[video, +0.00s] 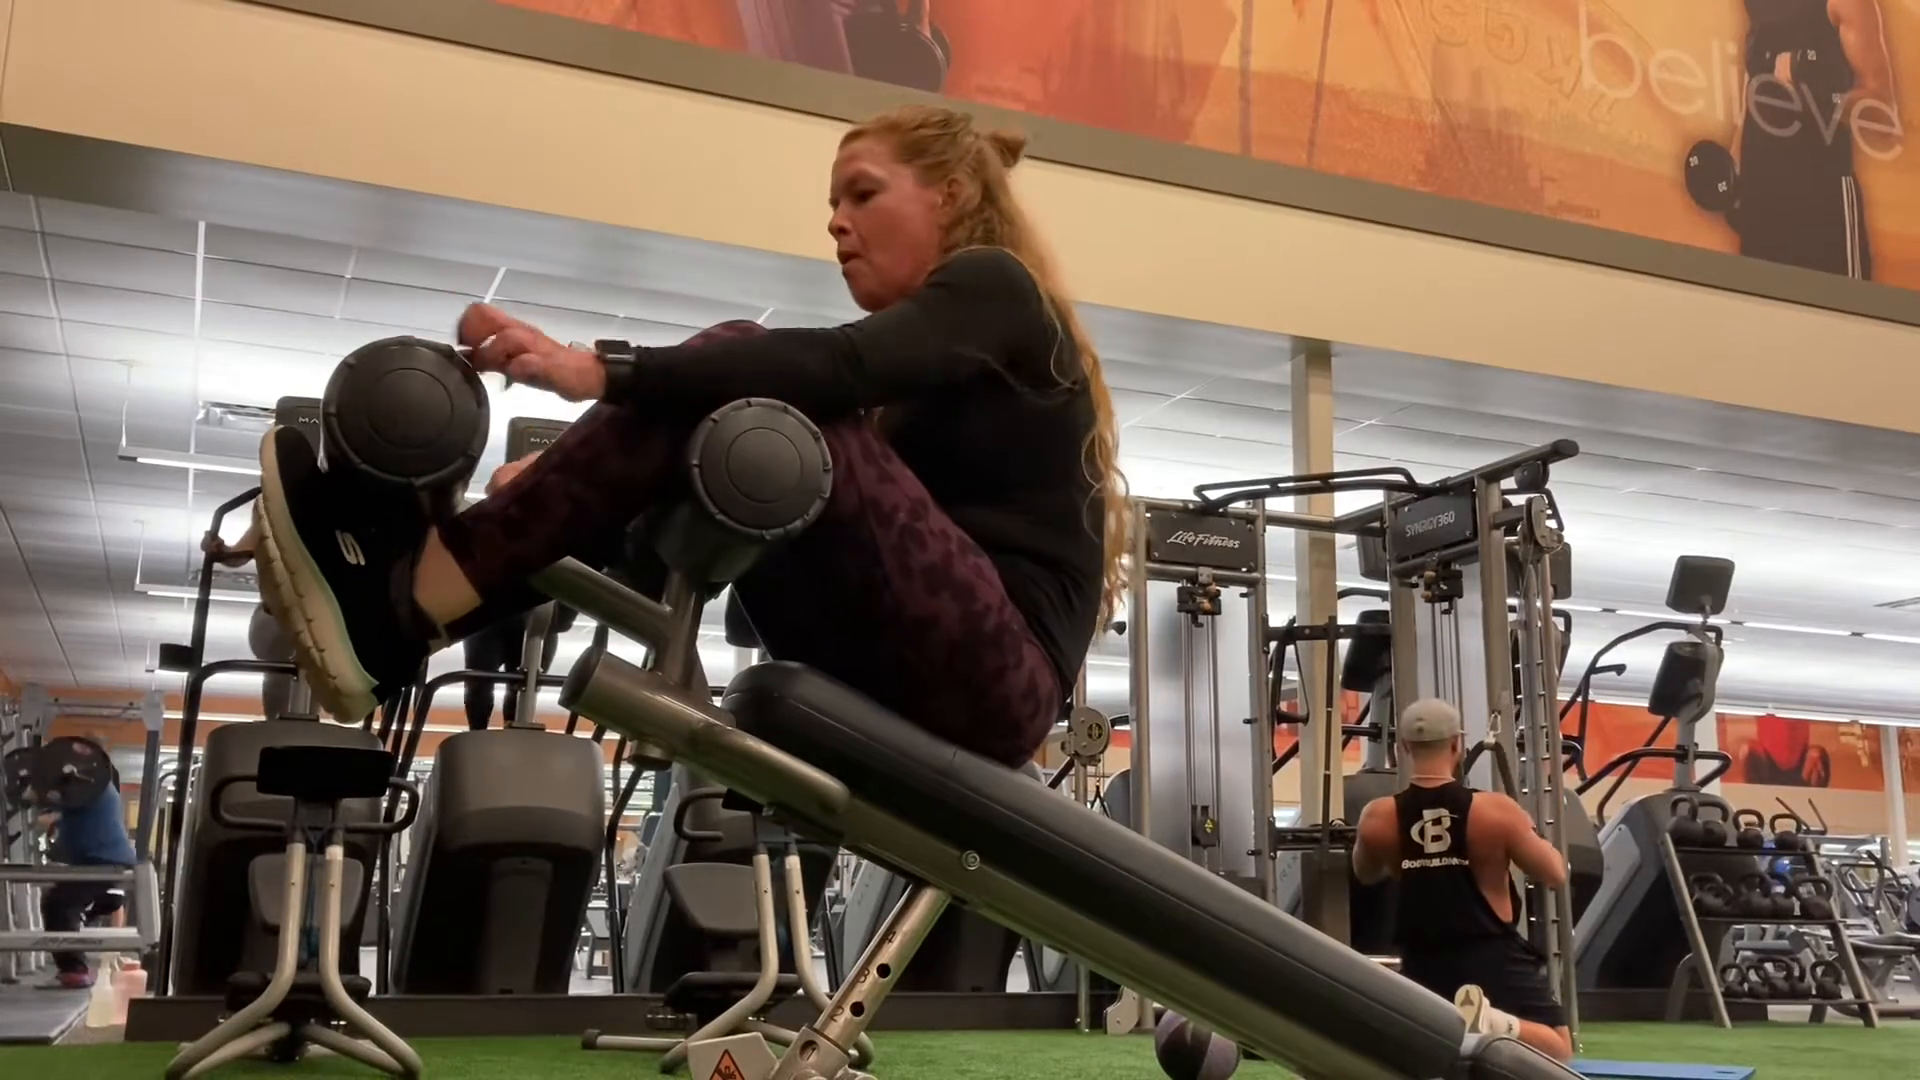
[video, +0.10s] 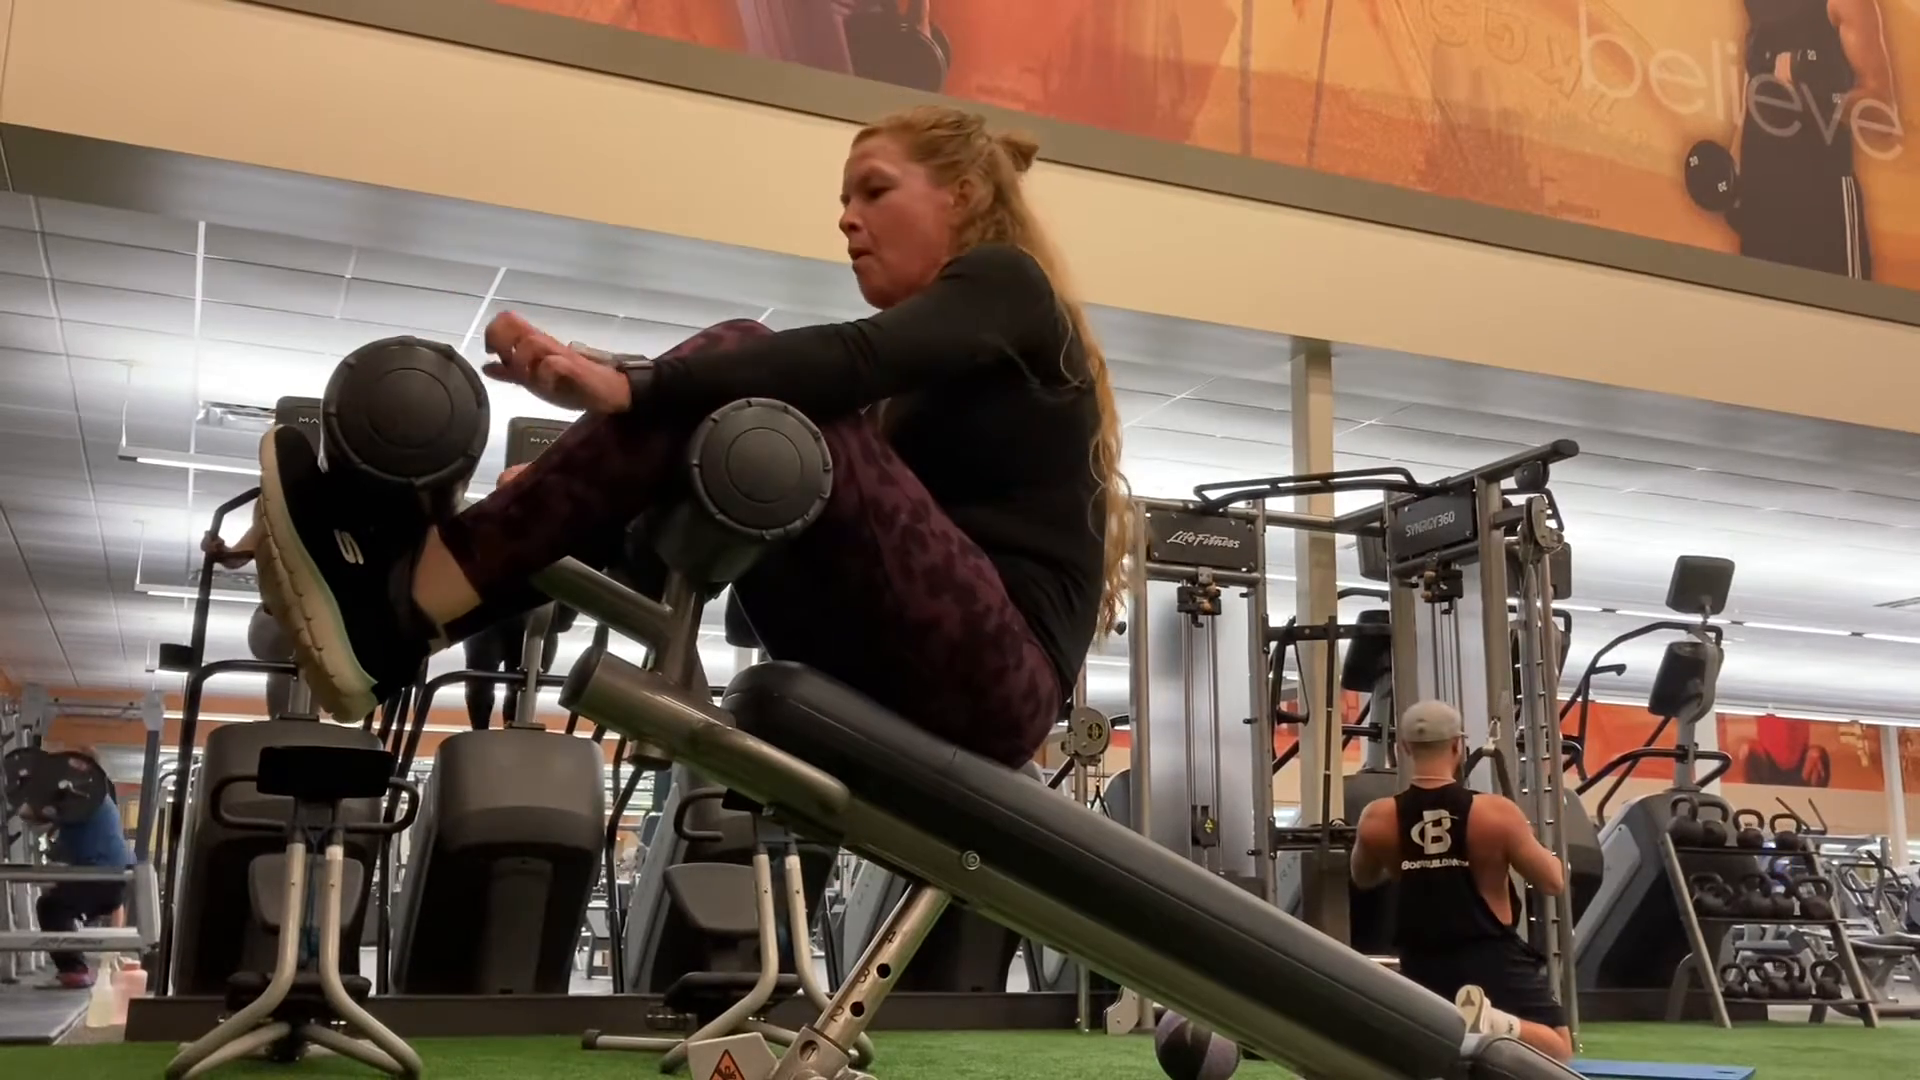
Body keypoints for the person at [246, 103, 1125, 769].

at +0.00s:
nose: (835, 223)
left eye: (862, 196)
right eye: (835, 205)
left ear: (953, 199)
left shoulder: (995, 292)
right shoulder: (897, 345)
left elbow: (827, 373)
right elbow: (765, 416)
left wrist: (592, 369)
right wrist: (554, 480)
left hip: (991, 677)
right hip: (900, 659)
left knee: (764, 359)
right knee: (731, 381)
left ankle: (422, 602)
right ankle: (411, 600)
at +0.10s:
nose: (845, 220)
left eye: (874, 192)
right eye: (847, 199)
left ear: (965, 199)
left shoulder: (1007, 289)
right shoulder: (897, 344)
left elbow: (843, 371)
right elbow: (764, 394)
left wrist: (634, 384)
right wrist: (598, 391)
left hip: (993, 676)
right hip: (886, 652)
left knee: (769, 363)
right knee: (734, 363)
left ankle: (431, 595)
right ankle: (418, 595)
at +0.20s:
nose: (855, 218)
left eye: (883, 191)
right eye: (857, 198)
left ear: (970, 198)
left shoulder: (1011, 286)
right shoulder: (909, 337)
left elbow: (855, 371)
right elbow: (776, 375)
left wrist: (648, 388)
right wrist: (603, 388)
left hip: (994, 677)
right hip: (894, 653)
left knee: (774, 373)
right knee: (738, 357)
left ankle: (429, 599)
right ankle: (422, 587)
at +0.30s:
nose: (863, 218)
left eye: (891, 191)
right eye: (864, 197)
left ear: (977, 199)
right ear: (912, 214)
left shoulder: (1012, 286)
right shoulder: (919, 334)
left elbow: (855, 371)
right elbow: (788, 371)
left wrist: (643, 390)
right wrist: (626, 385)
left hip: (993, 676)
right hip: (896, 654)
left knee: (765, 363)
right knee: (733, 359)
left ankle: (434, 592)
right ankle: (421, 591)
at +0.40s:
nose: (873, 215)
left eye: (902, 189)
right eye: (868, 199)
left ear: (986, 200)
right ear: (876, 224)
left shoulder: (1013, 285)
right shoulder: (908, 340)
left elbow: (858, 369)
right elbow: (781, 375)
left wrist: (651, 391)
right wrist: (631, 406)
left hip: (993, 677)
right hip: (882, 655)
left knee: (768, 367)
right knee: (737, 358)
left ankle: (431, 593)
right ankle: (416, 603)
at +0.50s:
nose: (880, 212)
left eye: (911, 186)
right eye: (871, 198)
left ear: (989, 204)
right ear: (870, 228)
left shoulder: (1010, 284)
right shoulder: (891, 344)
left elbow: (859, 371)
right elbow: (772, 377)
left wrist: (654, 388)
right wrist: (663, 399)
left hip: (992, 677)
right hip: (869, 652)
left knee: (783, 401)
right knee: (735, 354)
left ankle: (425, 600)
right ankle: (414, 596)